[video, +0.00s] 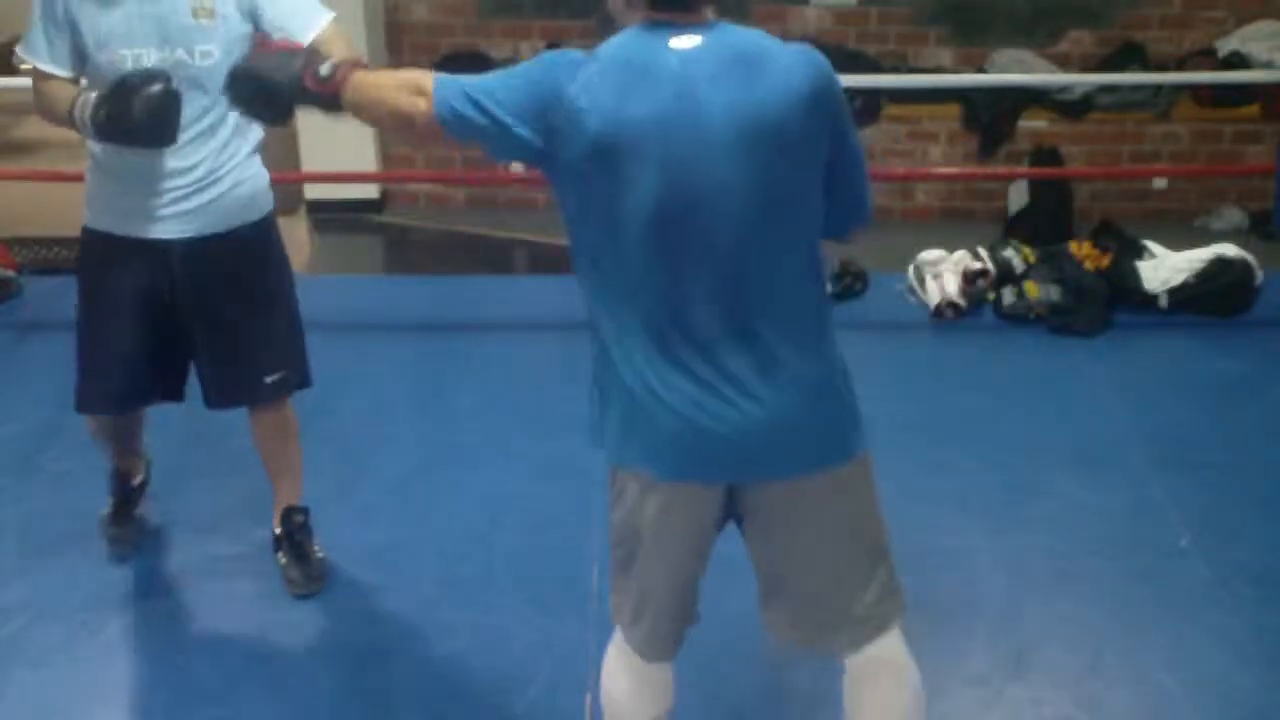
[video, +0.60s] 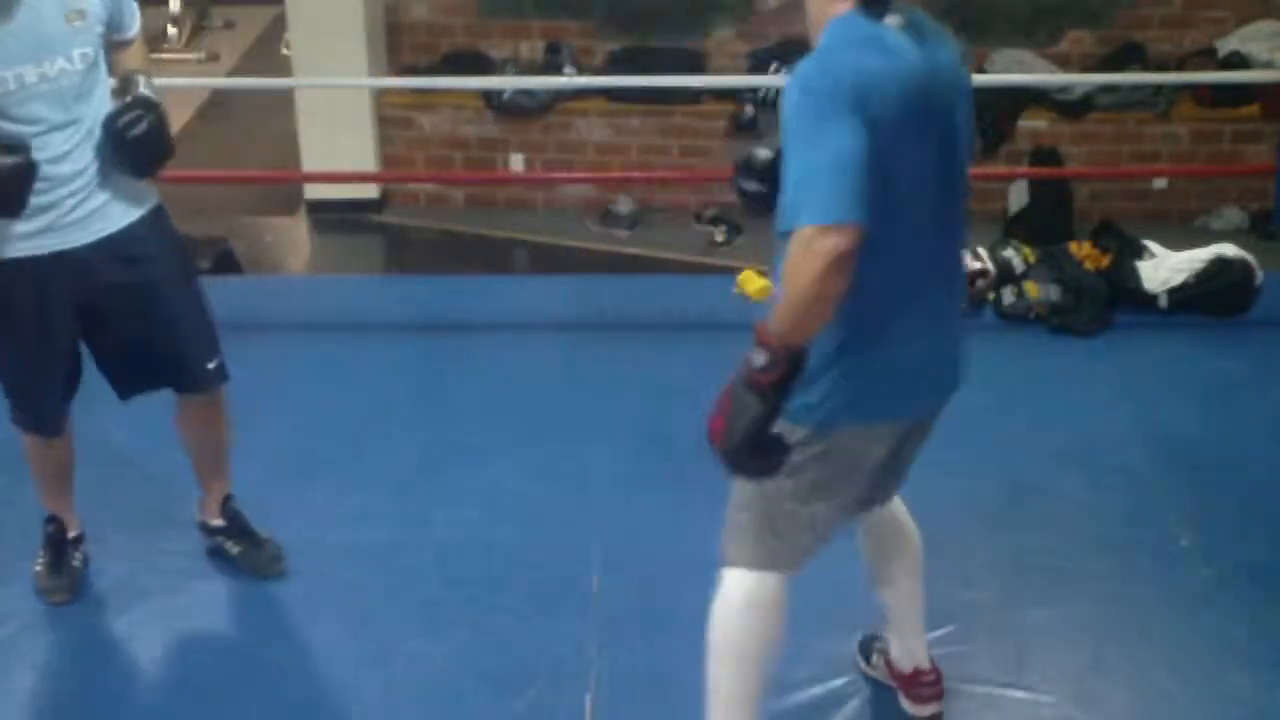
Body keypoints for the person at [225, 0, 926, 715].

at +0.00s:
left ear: (628, 0)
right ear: (722, 0)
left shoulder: (575, 84)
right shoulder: (801, 75)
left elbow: (427, 104)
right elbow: (844, 220)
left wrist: (321, 81)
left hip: (662, 432)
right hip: (805, 422)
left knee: (644, 649)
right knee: (871, 642)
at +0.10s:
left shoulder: (587, 77)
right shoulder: (812, 73)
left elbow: (444, 146)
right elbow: (850, 221)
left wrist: (364, 152)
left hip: (666, 418)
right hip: (805, 408)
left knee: (640, 634)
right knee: (870, 612)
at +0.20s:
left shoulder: (610, 72)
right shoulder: (829, 69)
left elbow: (489, 206)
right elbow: (867, 221)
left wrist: (421, 266)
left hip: (677, 409)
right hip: (813, 395)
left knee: (644, 627)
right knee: (873, 586)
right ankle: (910, 712)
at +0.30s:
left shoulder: (641, 71)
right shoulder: (855, 70)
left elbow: (589, 245)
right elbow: (888, 219)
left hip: (693, 406)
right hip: (824, 389)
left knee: (653, 616)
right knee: (871, 549)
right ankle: (914, 700)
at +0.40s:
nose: (699, 5)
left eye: (702, 2)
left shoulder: (687, 74)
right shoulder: (886, 65)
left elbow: (676, 253)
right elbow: (920, 206)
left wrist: (667, 398)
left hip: (735, 392)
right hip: (852, 378)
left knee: (675, 593)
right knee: (869, 516)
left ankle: (649, 713)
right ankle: (911, 670)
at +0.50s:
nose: (740, 8)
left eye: (744, 1)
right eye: (743, 3)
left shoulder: (756, 84)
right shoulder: (918, 68)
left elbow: (753, 251)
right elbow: (940, 202)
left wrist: (722, 405)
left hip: (781, 391)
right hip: (888, 375)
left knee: (706, 584)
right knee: (861, 498)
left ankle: (672, 709)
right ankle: (912, 665)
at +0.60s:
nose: (772, 5)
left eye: (776, 1)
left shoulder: (830, 76)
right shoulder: (937, 50)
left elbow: (828, 245)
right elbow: (936, 192)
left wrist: (761, 372)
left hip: (844, 375)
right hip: (924, 361)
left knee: (755, 555)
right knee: (874, 495)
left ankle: (730, 708)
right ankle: (912, 662)